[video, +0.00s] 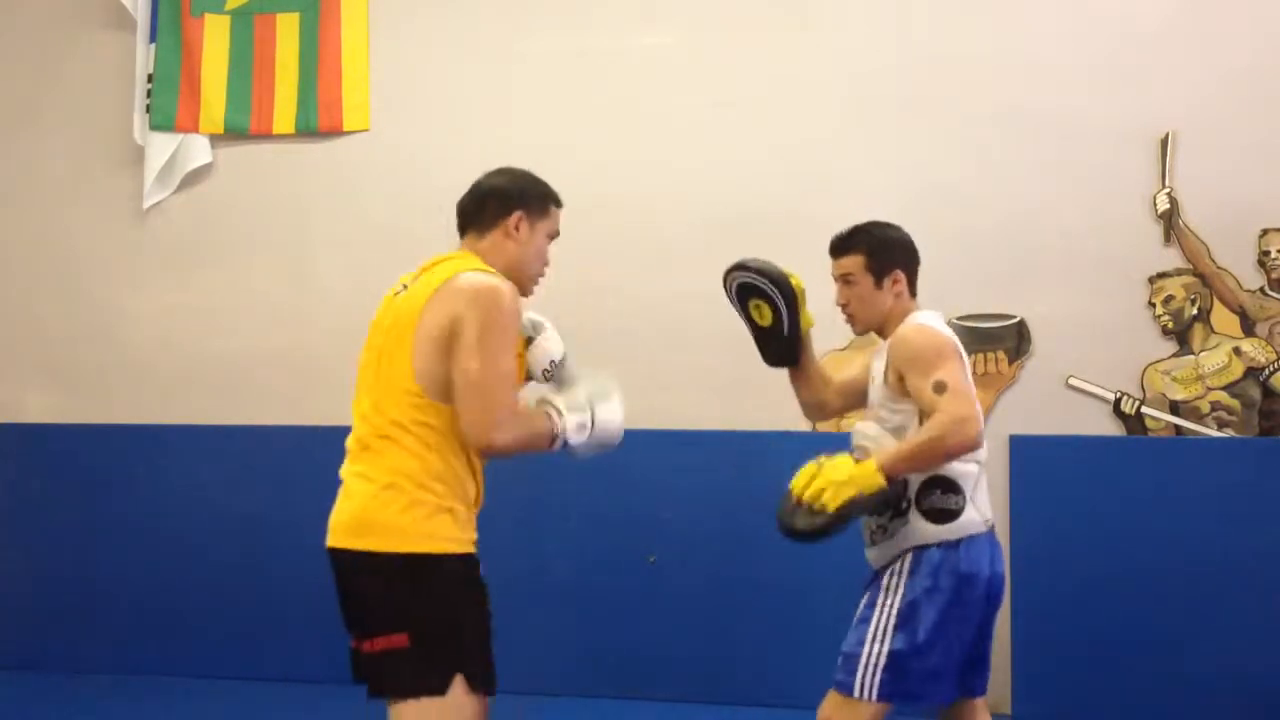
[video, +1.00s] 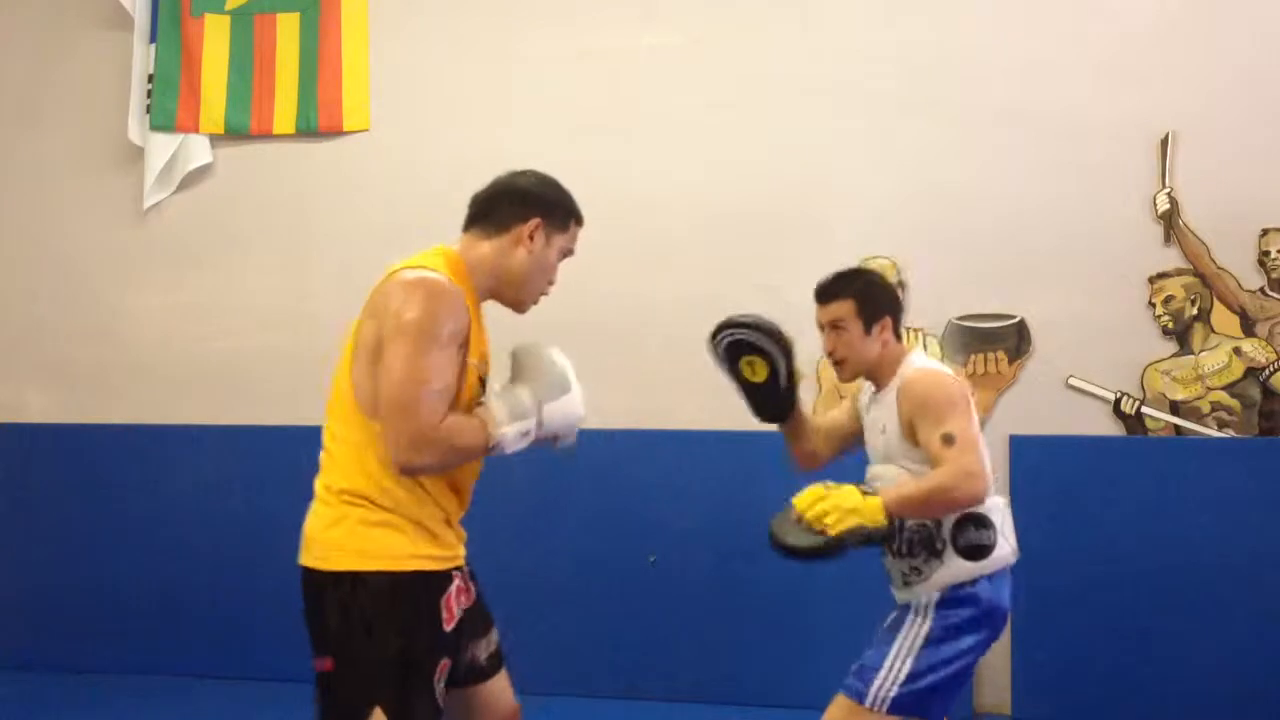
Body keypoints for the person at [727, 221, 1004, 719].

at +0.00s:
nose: (838, 298)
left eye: (849, 283)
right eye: (836, 284)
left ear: (895, 284)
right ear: (889, 288)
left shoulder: (919, 339)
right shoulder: (888, 351)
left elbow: (962, 427)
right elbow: (820, 404)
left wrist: (872, 469)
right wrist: (796, 335)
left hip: (929, 557)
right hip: (959, 554)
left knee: (844, 711)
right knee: (962, 706)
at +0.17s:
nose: (824, 293)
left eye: (836, 277)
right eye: (823, 279)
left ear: (882, 281)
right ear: (875, 285)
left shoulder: (911, 339)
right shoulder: (869, 347)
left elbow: (949, 433)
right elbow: (795, 390)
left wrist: (847, 443)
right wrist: (770, 320)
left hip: (926, 555)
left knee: (849, 710)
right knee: (959, 703)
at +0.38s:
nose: (820, 299)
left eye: (833, 284)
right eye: (818, 286)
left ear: (879, 287)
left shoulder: (913, 344)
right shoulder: (862, 353)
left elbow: (941, 444)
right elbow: (794, 390)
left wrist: (844, 441)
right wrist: (770, 325)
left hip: (930, 557)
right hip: (907, 557)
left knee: (849, 706)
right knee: (947, 699)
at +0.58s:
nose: (844, 289)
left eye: (858, 275)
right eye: (842, 275)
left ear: (903, 279)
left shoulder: (931, 340)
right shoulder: (867, 347)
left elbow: (955, 437)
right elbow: (794, 374)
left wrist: (859, 434)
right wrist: (785, 307)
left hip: (930, 552)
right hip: (899, 552)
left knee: (856, 708)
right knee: (949, 699)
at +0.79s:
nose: (853, 297)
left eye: (864, 281)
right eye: (849, 283)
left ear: (909, 282)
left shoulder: (936, 341)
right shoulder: (886, 350)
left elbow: (977, 434)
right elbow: (832, 410)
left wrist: (880, 457)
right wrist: (813, 355)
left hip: (937, 553)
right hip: (916, 551)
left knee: (854, 709)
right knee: (942, 704)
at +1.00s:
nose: (826, 345)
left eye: (837, 329)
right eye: (823, 331)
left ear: (882, 330)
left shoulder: (929, 385)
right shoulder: (870, 396)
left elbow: (967, 482)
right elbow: (810, 453)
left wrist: (876, 505)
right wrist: (778, 395)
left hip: (959, 590)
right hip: (926, 587)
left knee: (850, 714)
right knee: (910, 714)